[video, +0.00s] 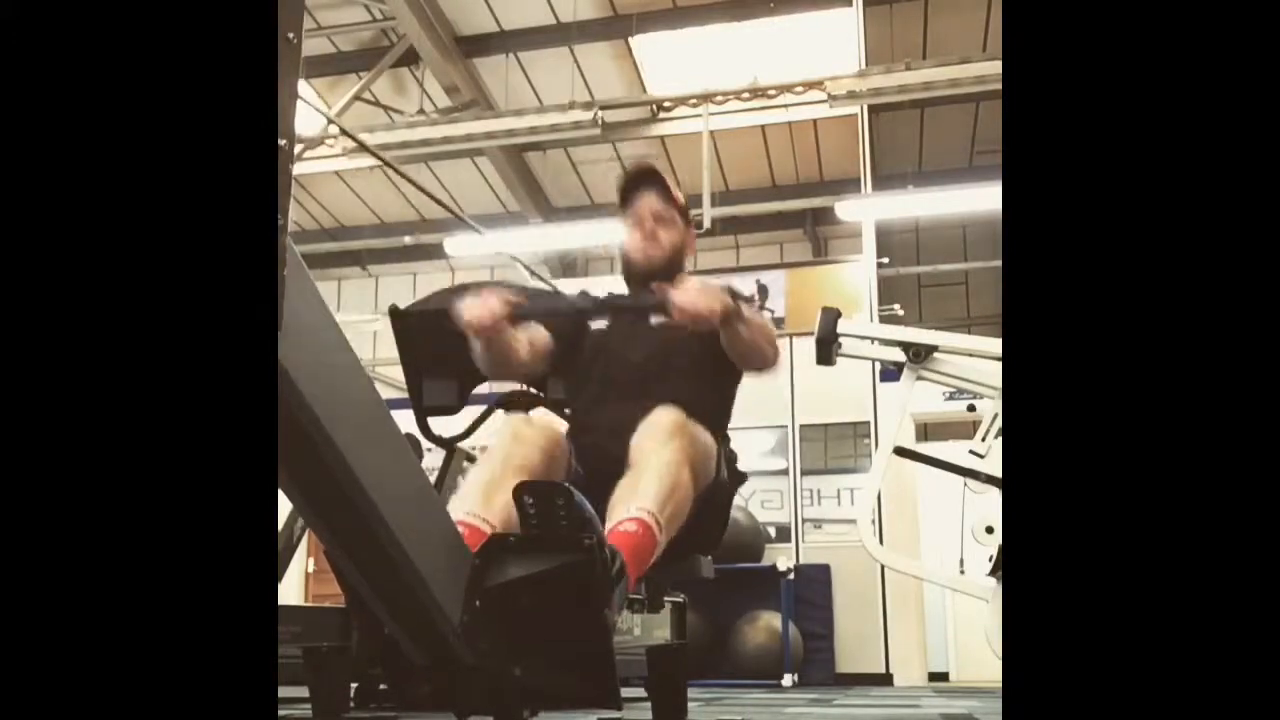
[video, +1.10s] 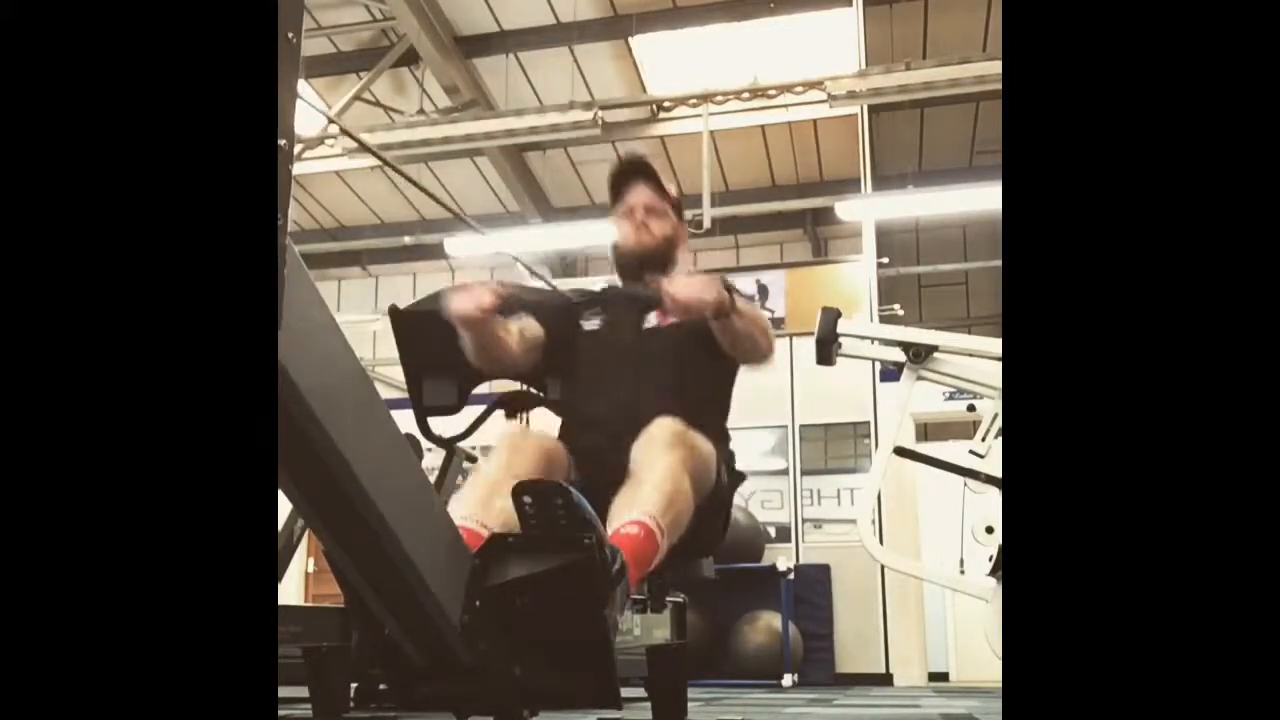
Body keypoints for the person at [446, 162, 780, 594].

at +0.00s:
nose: (647, 230)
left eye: (662, 222)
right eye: (636, 222)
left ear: (689, 238)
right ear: (622, 236)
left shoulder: (717, 303)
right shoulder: (590, 313)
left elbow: (764, 359)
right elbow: (514, 364)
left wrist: (728, 314)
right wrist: (490, 331)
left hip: (688, 476)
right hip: (582, 471)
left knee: (666, 424)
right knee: (521, 428)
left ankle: (609, 572)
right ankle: (451, 556)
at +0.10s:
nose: (658, 282)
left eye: (673, 273)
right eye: (647, 272)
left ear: (697, 288)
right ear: (632, 286)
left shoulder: (724, 353)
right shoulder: (599, 353)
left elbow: (794, 413)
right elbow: (514, 420)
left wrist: (750, 367)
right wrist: (519, 379)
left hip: (695, 485)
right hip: (595, 484)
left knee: (663, 460)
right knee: (536, 468)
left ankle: (613, 578)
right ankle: (471, 564)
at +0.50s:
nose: (639, 246)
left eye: (654, 235)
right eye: (628, 235)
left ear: (680, 250)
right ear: (612, 251)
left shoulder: (717, 329)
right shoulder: (571, 332)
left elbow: (809, 383)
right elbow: (468, 407)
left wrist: (753, 326)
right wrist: (473, 344)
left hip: (681, 501)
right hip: (568, 492)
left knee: (654, 391)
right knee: (521, 395)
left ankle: (606, 567)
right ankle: (458, 553)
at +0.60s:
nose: (622, 203)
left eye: (639, 190)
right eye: (609, 190)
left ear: (666, 208)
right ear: (590, 207)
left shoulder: (705, 293)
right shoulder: (551, 287)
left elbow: (778, 342)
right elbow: (461, 387)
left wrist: (734, 305)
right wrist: (445, 339)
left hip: (675, 497)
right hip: (559, 493)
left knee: (655, 357)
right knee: (510, 365)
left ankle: (606, 566)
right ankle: (445, 556)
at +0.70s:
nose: (603, 161)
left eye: (620, 150)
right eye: (588, 151)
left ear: (652, 174)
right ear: (569, 179)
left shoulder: (698, 257)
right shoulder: (524, 274)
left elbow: (749, 308)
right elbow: (455, 329)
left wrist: (703, 285)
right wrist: (403, 319)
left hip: (669, 492)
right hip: (546, 487)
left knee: (652, 341)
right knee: (489, 336)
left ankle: (606, 565)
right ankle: (443, 557)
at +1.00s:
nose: (619, 182)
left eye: (636, 175)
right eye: (606, 175)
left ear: (665, 196)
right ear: (588, 200)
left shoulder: (699, 267)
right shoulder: (556, 276)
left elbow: (735, 328)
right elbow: (478, 328)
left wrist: (697, 287)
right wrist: (429, 307)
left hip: (676, 477)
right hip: (562, 474)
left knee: (664, 395)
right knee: (508, 398)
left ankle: (612, 568)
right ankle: (446, 557)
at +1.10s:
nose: (639, 219)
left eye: (654, 212)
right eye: (627, 213)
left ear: (680, 229)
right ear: (613, 231)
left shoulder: (711, 301)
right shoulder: (580, 311)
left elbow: (760, 350)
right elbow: (505, 356)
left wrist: (722, 307)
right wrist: (478, 323)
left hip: (688, 481)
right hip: (581, 477)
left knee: (666, 434)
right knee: (522, 444)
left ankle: (610, 579)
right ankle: (448, 562)